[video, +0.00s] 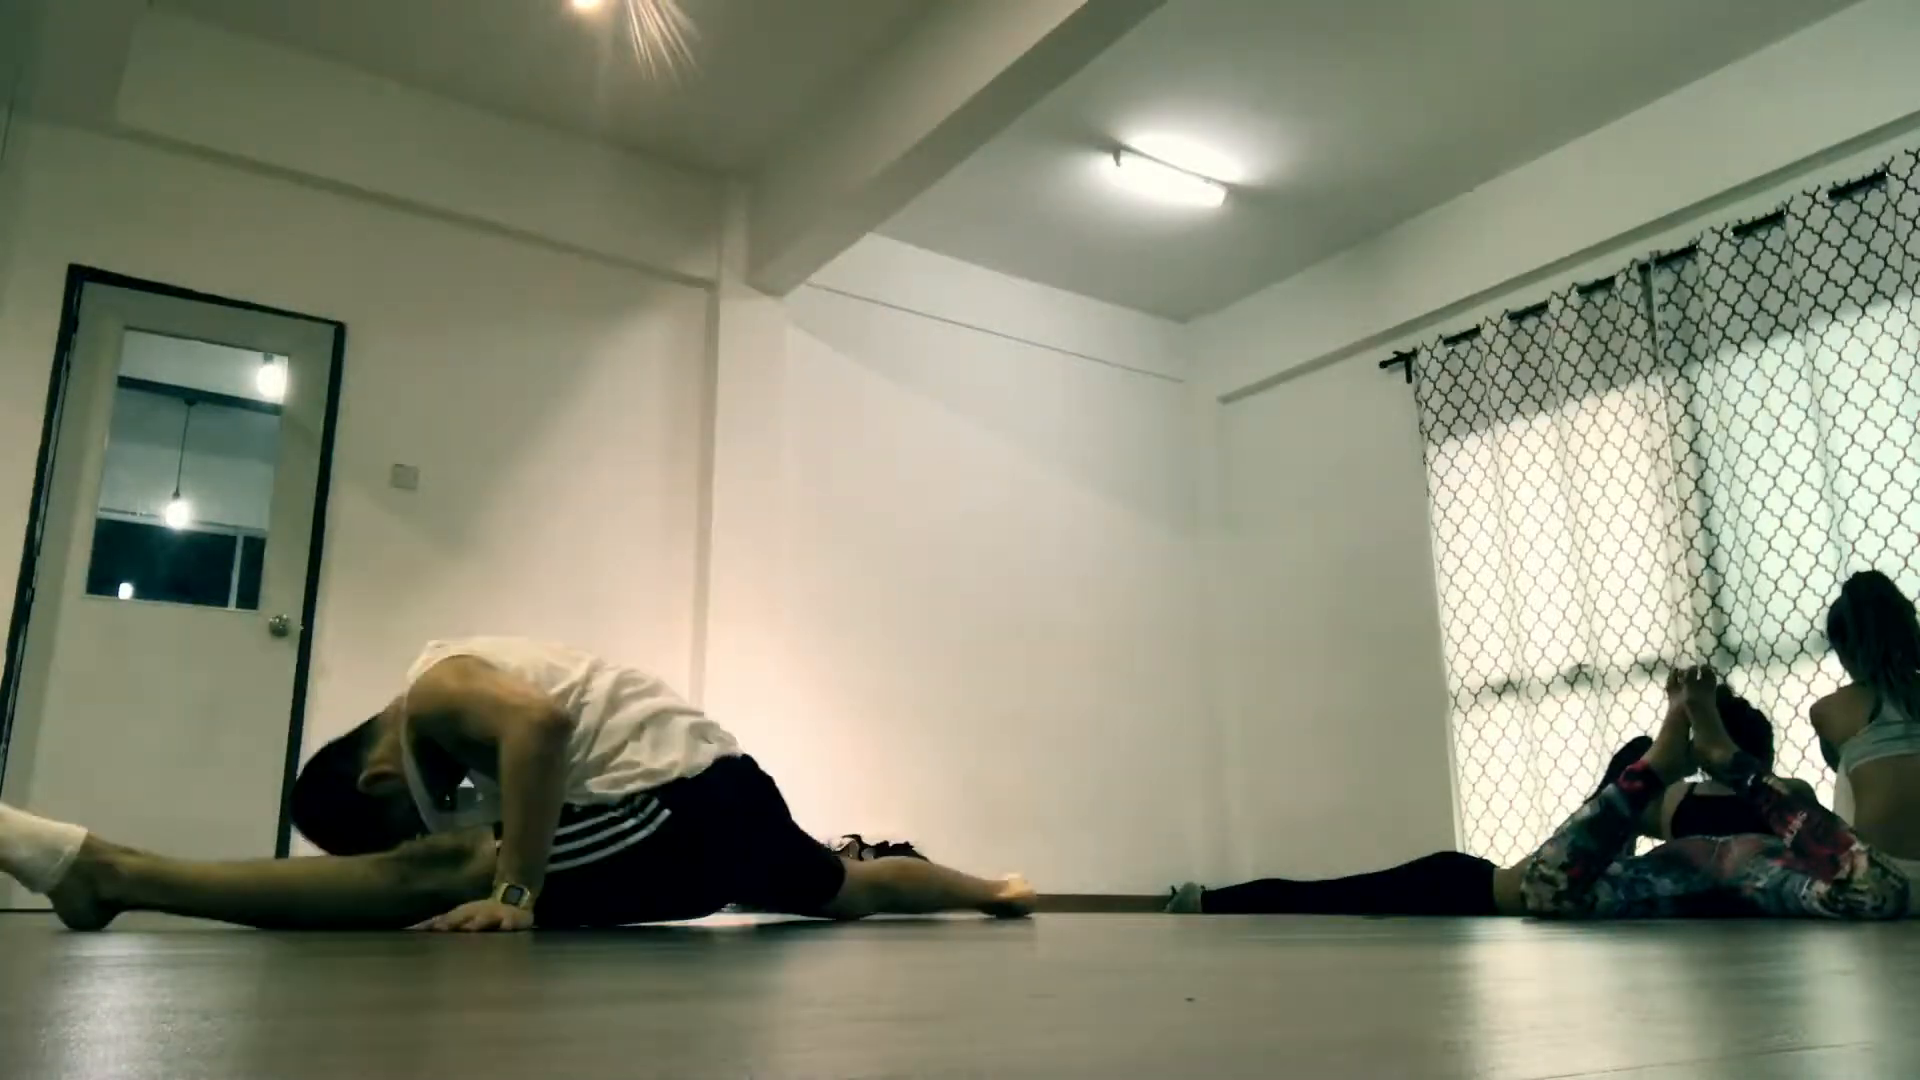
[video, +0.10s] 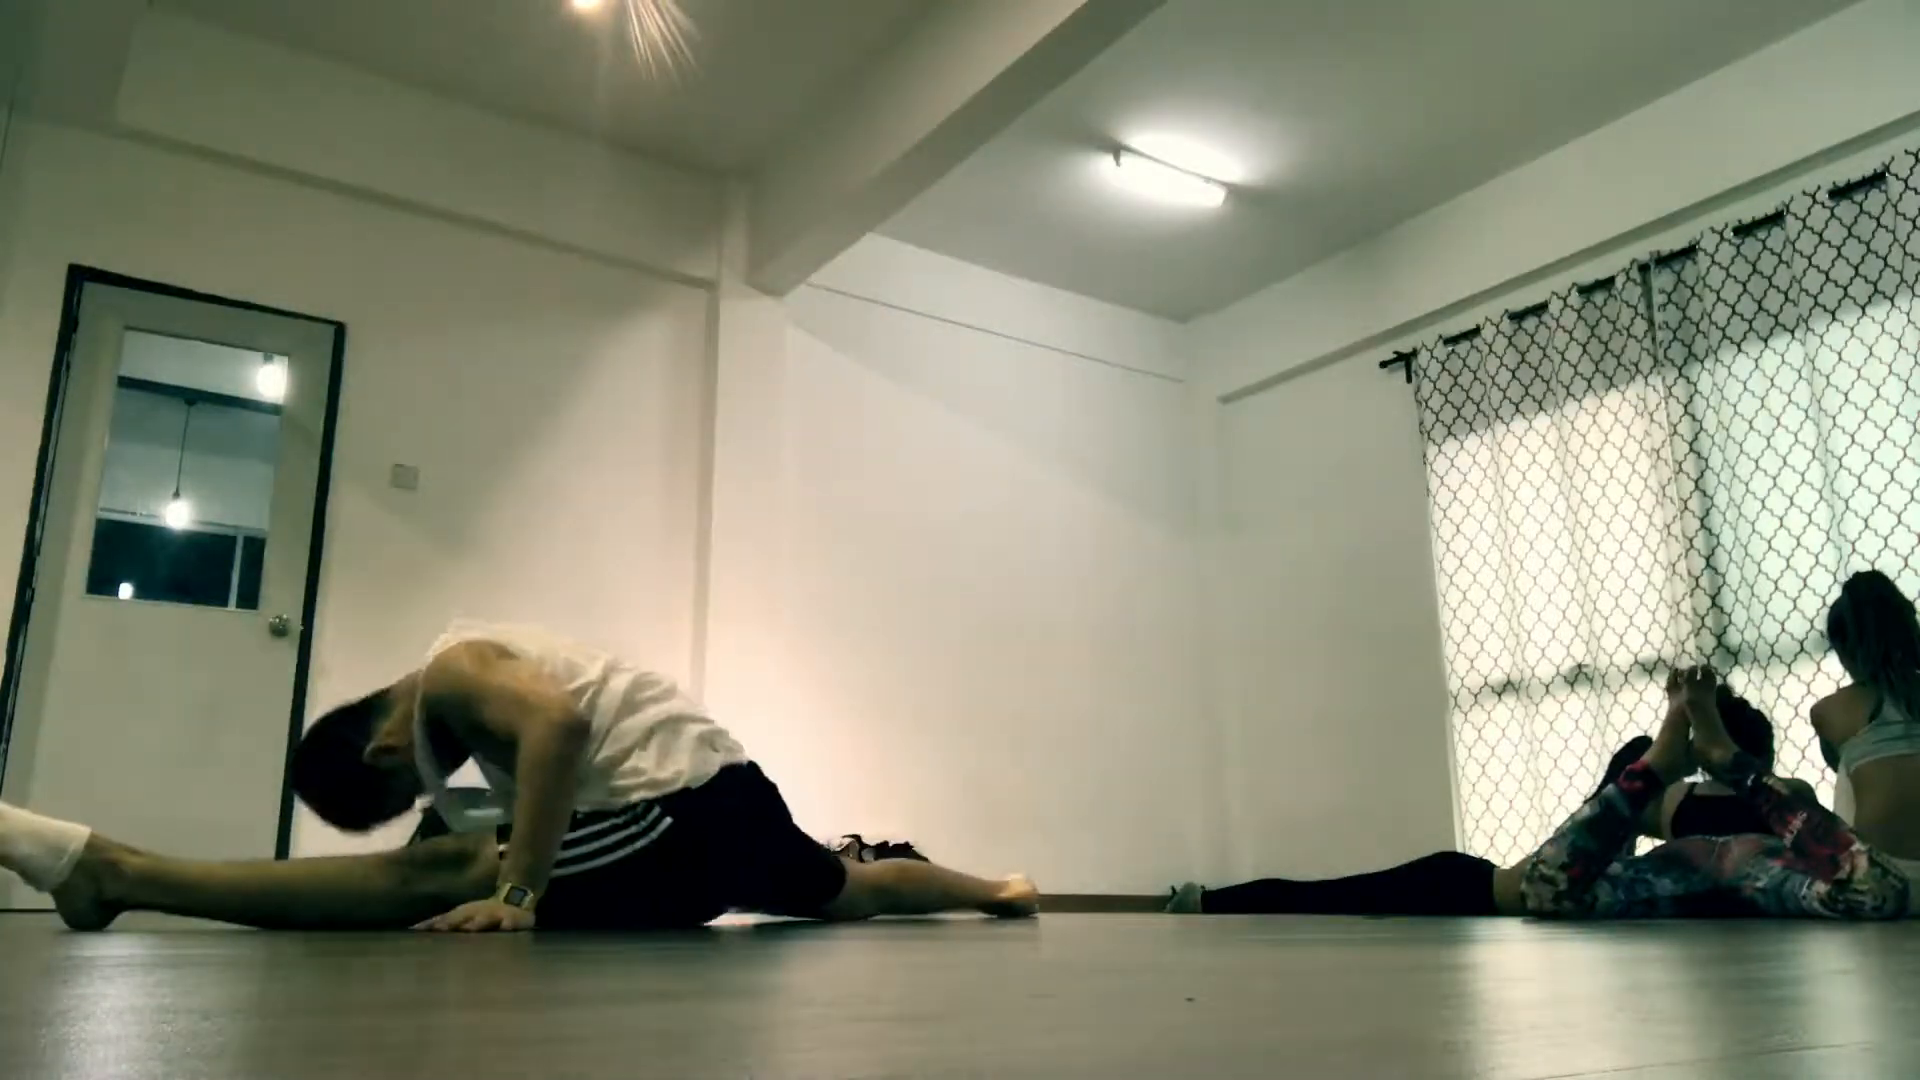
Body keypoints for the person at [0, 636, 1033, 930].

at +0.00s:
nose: (406, 825)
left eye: (389, 820)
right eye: (395, 828)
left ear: (361, 776)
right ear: (390, 786)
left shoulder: (424, 696)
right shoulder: (472, 759)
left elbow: (537, 722)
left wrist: (510, 888)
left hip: (670, 806)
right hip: (748, 809)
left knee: (411, 880)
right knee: (842, 882)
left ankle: (117, 876)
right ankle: (987, 892)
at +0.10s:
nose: (410, 793)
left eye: (393, 784)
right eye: (400, 797)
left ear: (377, 736)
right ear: (399, 753)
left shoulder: (451, 669)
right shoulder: (485, 742)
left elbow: (556, 720)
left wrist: (518, 890)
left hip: (669, 818)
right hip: (740, 811)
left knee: (408, 877)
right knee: (838, 885)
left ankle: (120, 875)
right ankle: (986, 891)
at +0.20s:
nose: (413, 767)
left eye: (393, 759)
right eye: (400, 771)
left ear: (382, 709)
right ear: (397, 714)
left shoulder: (463, 651)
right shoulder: (501, 693)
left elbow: (555, 720)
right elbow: (581, 774)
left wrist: (521, 886)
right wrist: (479, 858)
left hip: (664, 818)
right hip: (740, 809)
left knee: (408, 876)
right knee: (841, 883)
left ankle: (119, 875)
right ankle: (978, 889)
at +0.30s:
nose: (397, 752)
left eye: (378, 739)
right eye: (381, 749)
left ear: (376, 687)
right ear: (387, 680)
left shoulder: (474, 630)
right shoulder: (494, 674)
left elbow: (552, 721)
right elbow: (533, 801)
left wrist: (518, 886)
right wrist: (473, 898)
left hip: (664, 818)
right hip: (732, 810)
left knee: (411, 873)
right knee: (847, 880)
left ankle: (120, 877)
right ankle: (985, 891)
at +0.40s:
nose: (370, 661)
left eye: (359, 638)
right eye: (353, 652)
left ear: (387, 592)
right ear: (379, 623)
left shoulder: (494, 606)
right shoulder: (476, 665)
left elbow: (559, 729)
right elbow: (512, 792)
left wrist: (521, 893)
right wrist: (465, 873)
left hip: (666, 815)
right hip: (713, 809)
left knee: (408, 876)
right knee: (835, 884)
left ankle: (124, 877)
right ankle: (979, 891)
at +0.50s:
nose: (401, 561)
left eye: (414, 532)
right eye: (382, 549)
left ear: (471, 516)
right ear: (382, 565)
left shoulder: (520, 600)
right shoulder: (479, 646)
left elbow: (565, 739)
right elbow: (492, 778)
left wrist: (520, 886)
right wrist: (460, 870)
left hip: (675, 817)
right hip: (677, 820)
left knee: (413, 873)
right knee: (830, 886)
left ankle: (123, 877)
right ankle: (970, 889)